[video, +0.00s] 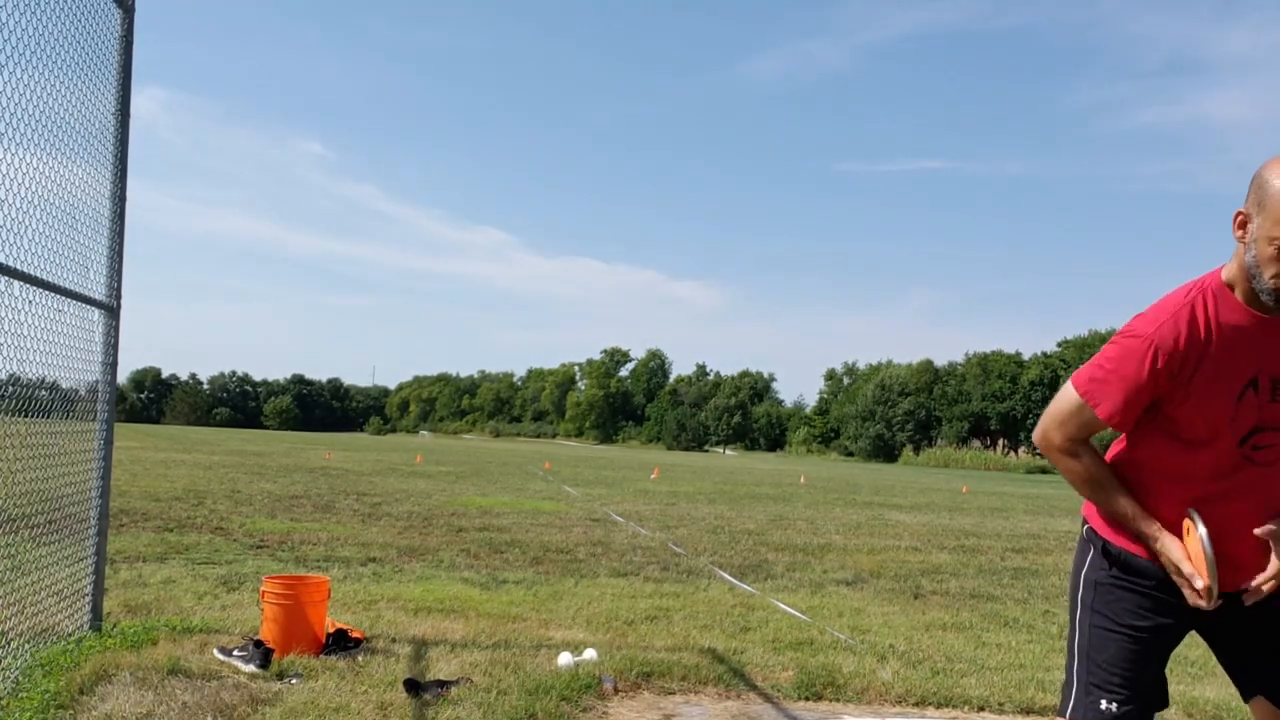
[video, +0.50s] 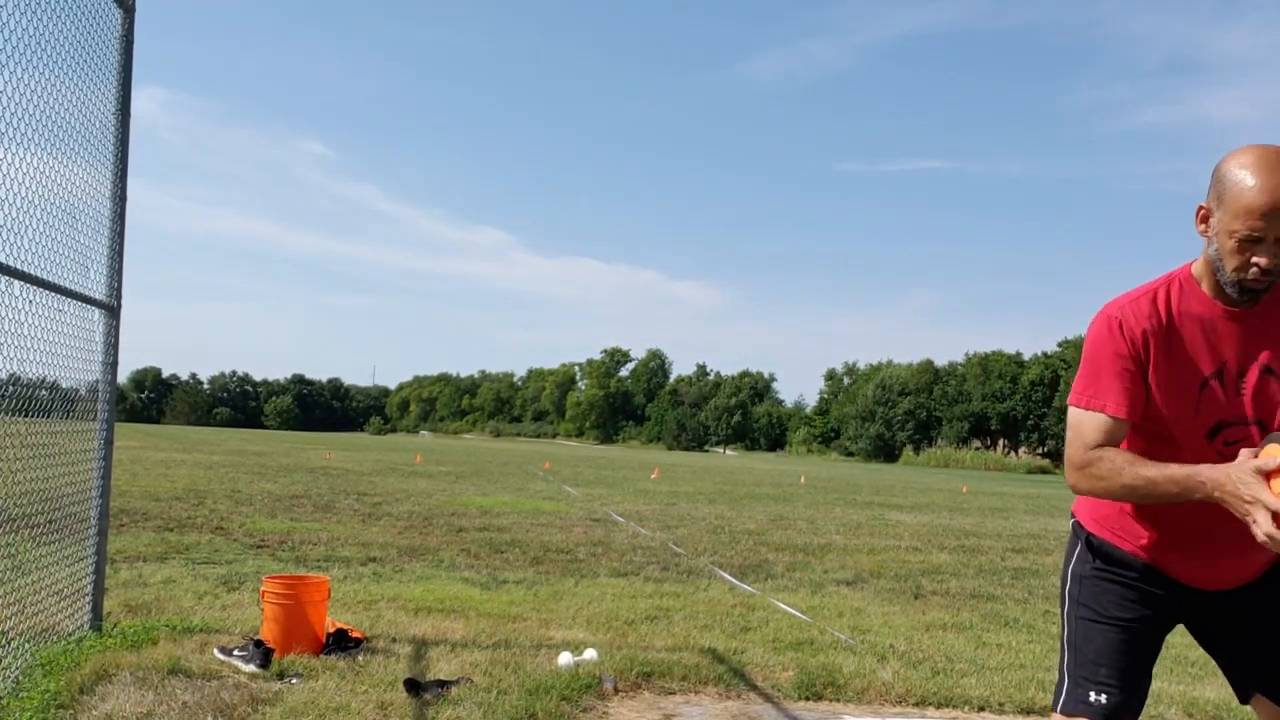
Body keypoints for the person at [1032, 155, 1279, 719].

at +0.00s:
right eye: (1278, 242)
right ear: (1243, 226)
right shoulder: (1179, 324)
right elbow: (1057, 435)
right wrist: (1155, 535)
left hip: (1254, 575)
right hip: (1134, 567)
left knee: (1275, 706)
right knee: (1101, 713)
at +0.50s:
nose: (1266, 261)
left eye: (1278, 243)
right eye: (1249, 242)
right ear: (1205, 222)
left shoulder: (1278, 317)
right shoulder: (1130, 324)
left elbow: (1275, 428)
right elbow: (1085, 466)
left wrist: (1275, 458)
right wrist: (1214, 481)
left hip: (1251, 563)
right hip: (1126, 557)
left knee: (1279, 703)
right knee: (1088, 713)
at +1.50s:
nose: (1223, 259)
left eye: (1239, 241)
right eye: (1206, 240)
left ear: (1260, 238)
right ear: (1167, 233)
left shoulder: (1274, 332)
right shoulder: (1111, 337)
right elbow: (1109, 484)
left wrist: (1268, 529)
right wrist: (1193, 526)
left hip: (1234, 570)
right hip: (1111, 565)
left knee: (1274, 704)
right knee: (1090, 711)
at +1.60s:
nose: (1221, 261)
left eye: (1236, 242)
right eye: (1202, 243)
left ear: (1253, 239)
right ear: (1161, 238)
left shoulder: (1271, 338)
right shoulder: (1102, 346)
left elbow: (1273, 465)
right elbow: (1099, 486)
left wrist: (1275, 555)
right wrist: (1139, 580)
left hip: (1226, 574)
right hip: (1108, 567)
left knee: (1272, 703)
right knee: (1091, 709)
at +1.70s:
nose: (1222, 256)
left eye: (1236, 236)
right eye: (1203, 238)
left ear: (1252, 234)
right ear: (1160, 235)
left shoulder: (1273, 338)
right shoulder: (1103, 346)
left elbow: (1279, 481)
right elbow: (1082, 495)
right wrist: (1081, 615)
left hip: (1238, 574)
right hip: (1124, 572)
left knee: (1270, 706)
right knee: (1091, 709)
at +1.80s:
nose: (1229, 248)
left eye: (1243, 229)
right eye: (1210, 229)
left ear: (1257, 229)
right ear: (1167, 227)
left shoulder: (1273, 331)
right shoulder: (1106, 340)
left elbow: (1278, 474)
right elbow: (1061, 482)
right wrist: (1027, 605)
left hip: (1240, 572)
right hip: (1121, 566)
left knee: (1265, 706)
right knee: (1088, 707)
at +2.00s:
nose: (1248, 247)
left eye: (1261, 229)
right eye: (1228, 228)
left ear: (1276, 230)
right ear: (1183, 226)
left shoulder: (1277, 330)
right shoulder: (1115, 339)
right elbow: (1055, 452)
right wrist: (989, 534)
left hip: (1245, 570)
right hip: (1122, 563)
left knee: (1260, 707)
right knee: (1096, 709)